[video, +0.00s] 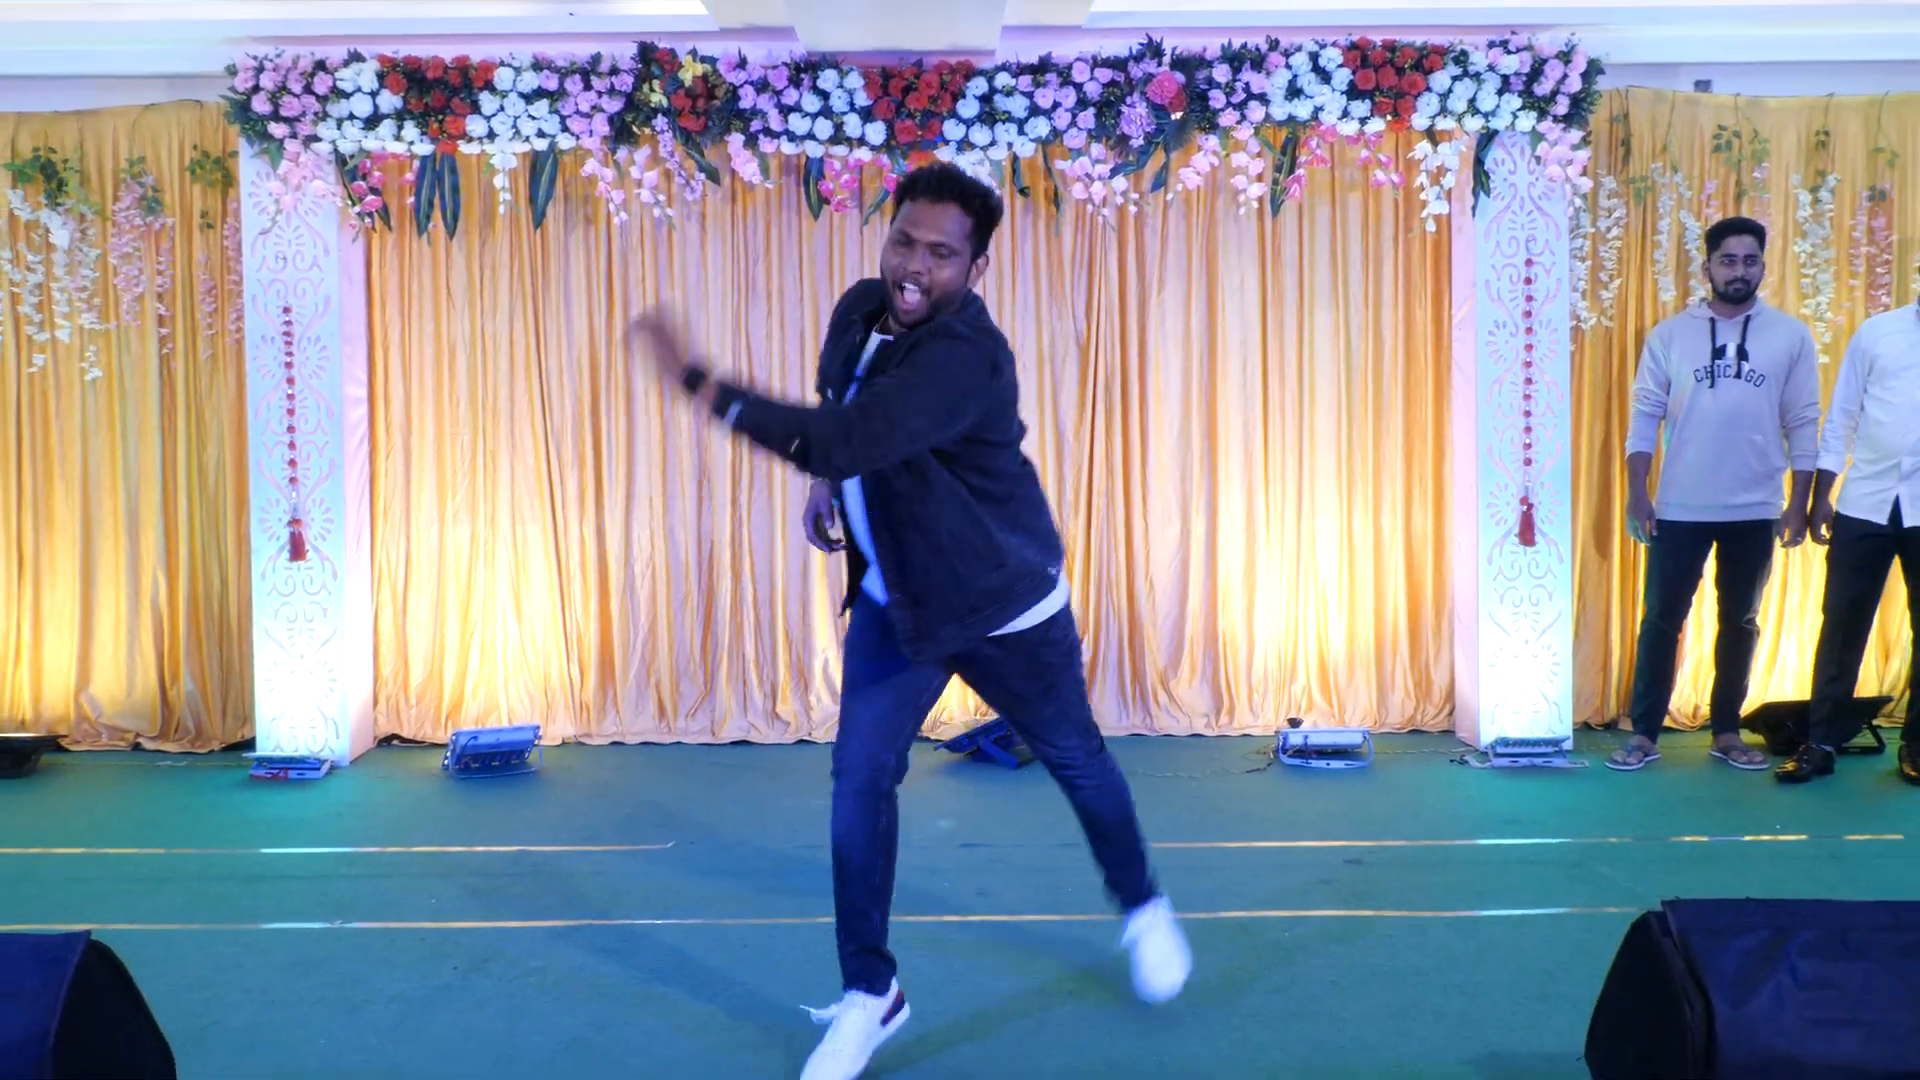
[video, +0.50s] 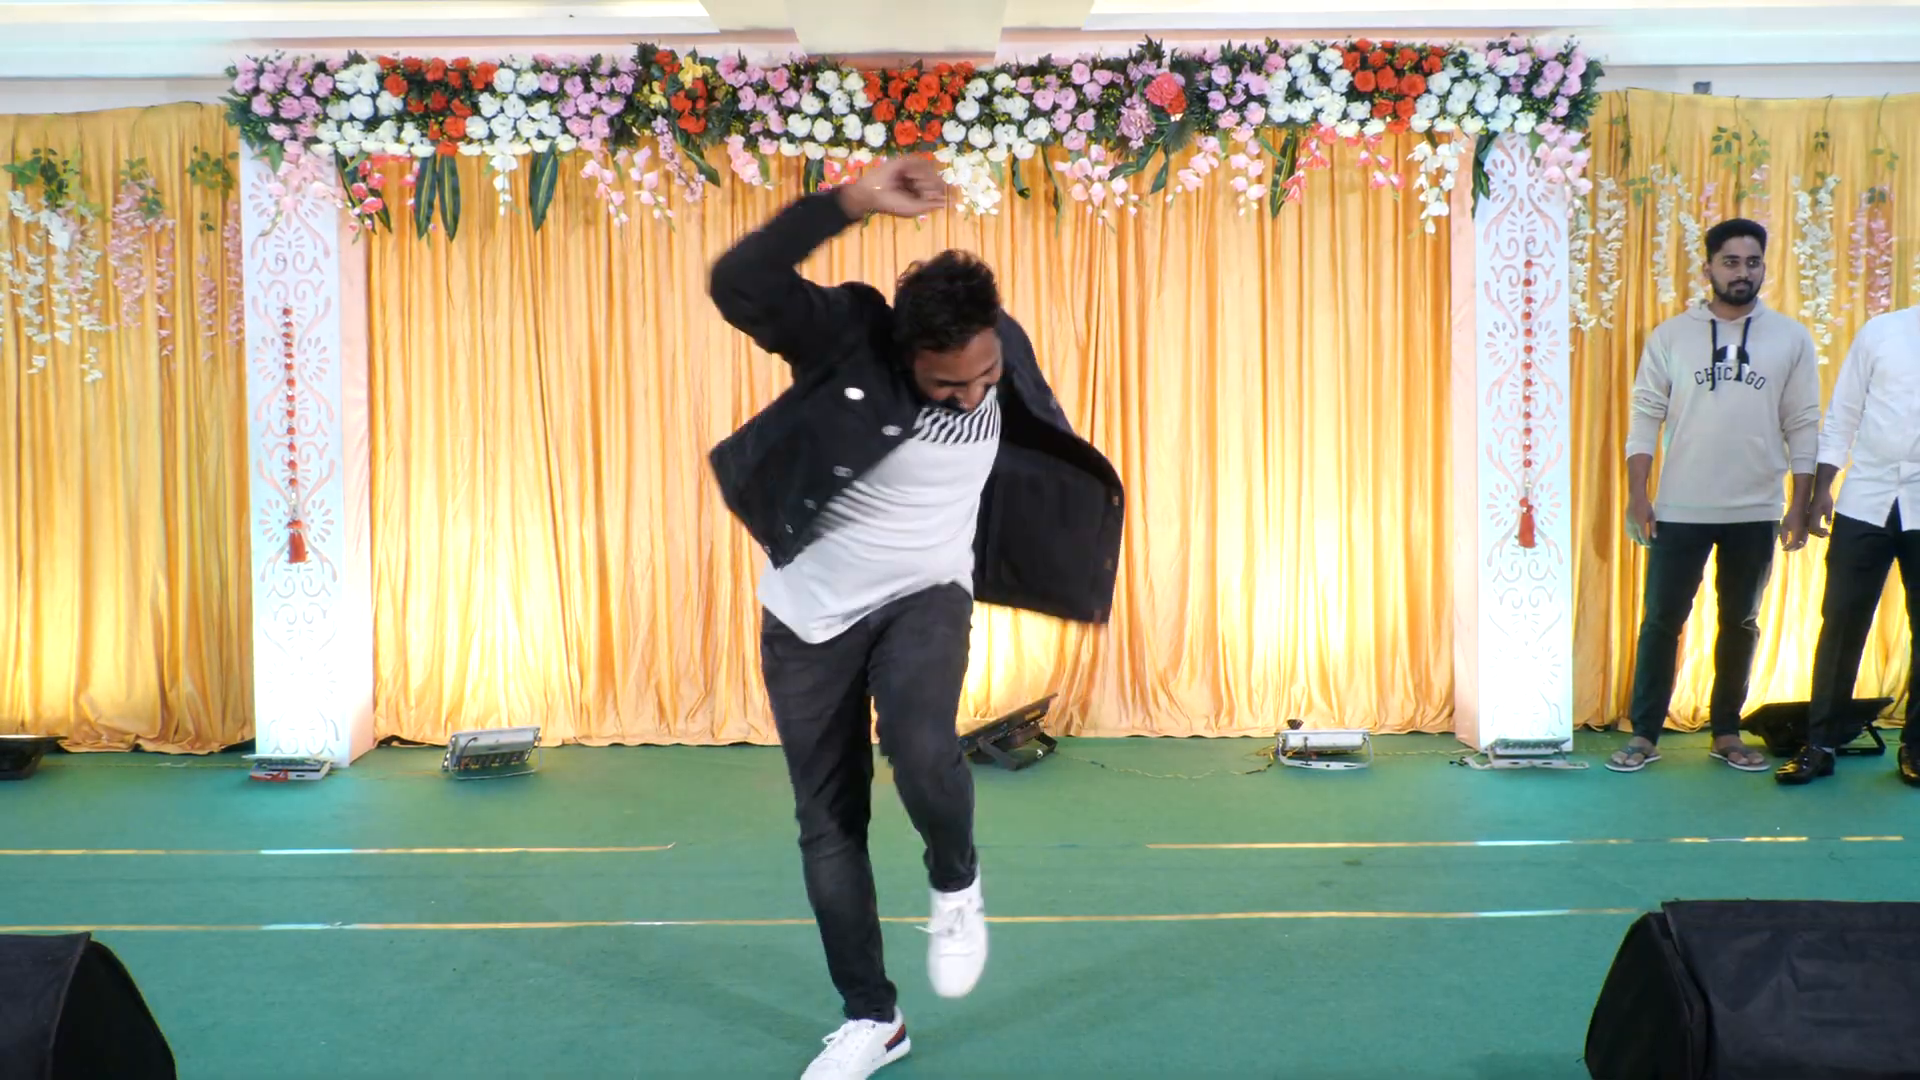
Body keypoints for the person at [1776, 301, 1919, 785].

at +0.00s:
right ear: (1913, 278)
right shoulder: (1877, 334)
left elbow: (1840, 416)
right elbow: (1841, 417)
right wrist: (1820, 494)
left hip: (1918, 504)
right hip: (1866, 499)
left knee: (1919, 633)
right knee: (1841, 625)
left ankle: (1914, 747)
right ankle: (1821, 743)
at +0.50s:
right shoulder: (1882, 333)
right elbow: (1843, 411)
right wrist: (1821, 485)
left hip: (1917, 502)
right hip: (1867, 497)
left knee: (1918, 634)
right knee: (1841, 624)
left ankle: (1914, 746)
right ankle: (1820, 745)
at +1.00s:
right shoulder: (1886, 333)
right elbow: (1847, 417)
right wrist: (1843, 500)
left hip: (1917, 509)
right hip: (1871, 502)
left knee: (1919, 634)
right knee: (1846, 625)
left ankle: (1914, 746)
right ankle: (1821, 744)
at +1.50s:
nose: (1917, 282)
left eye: (1919, 275)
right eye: (1914, 274)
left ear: (1919, 282)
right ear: (1909, 280)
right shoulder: (1884, 336)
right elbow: (1846, 420)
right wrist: (1843, 497)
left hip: (1918, 510)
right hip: (1878, 500)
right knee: (1845, 621)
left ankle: (1915, 746)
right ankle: (1823, 741)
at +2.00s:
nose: (1915, 276)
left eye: (1916, 267)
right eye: (1911, 266)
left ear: (1915, 274)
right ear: (1905, 273)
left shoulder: (1884, 340)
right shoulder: (1879, 340)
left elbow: (1842, 428)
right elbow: (1844, 427)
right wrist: (1824, 505)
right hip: (1889, 514)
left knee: (1906, 643)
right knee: (1885, 640)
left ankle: (1905, 751)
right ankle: (1889, 756)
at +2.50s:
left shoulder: (1909, 351)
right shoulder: (1911, 349)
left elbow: (1891, 423)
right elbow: (1891, 422)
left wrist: (1877, 495)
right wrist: (1876, 496)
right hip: (1914, 523)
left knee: (1905, 643)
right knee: (1903, 642)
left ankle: (1893, 759)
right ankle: (1891, 758)